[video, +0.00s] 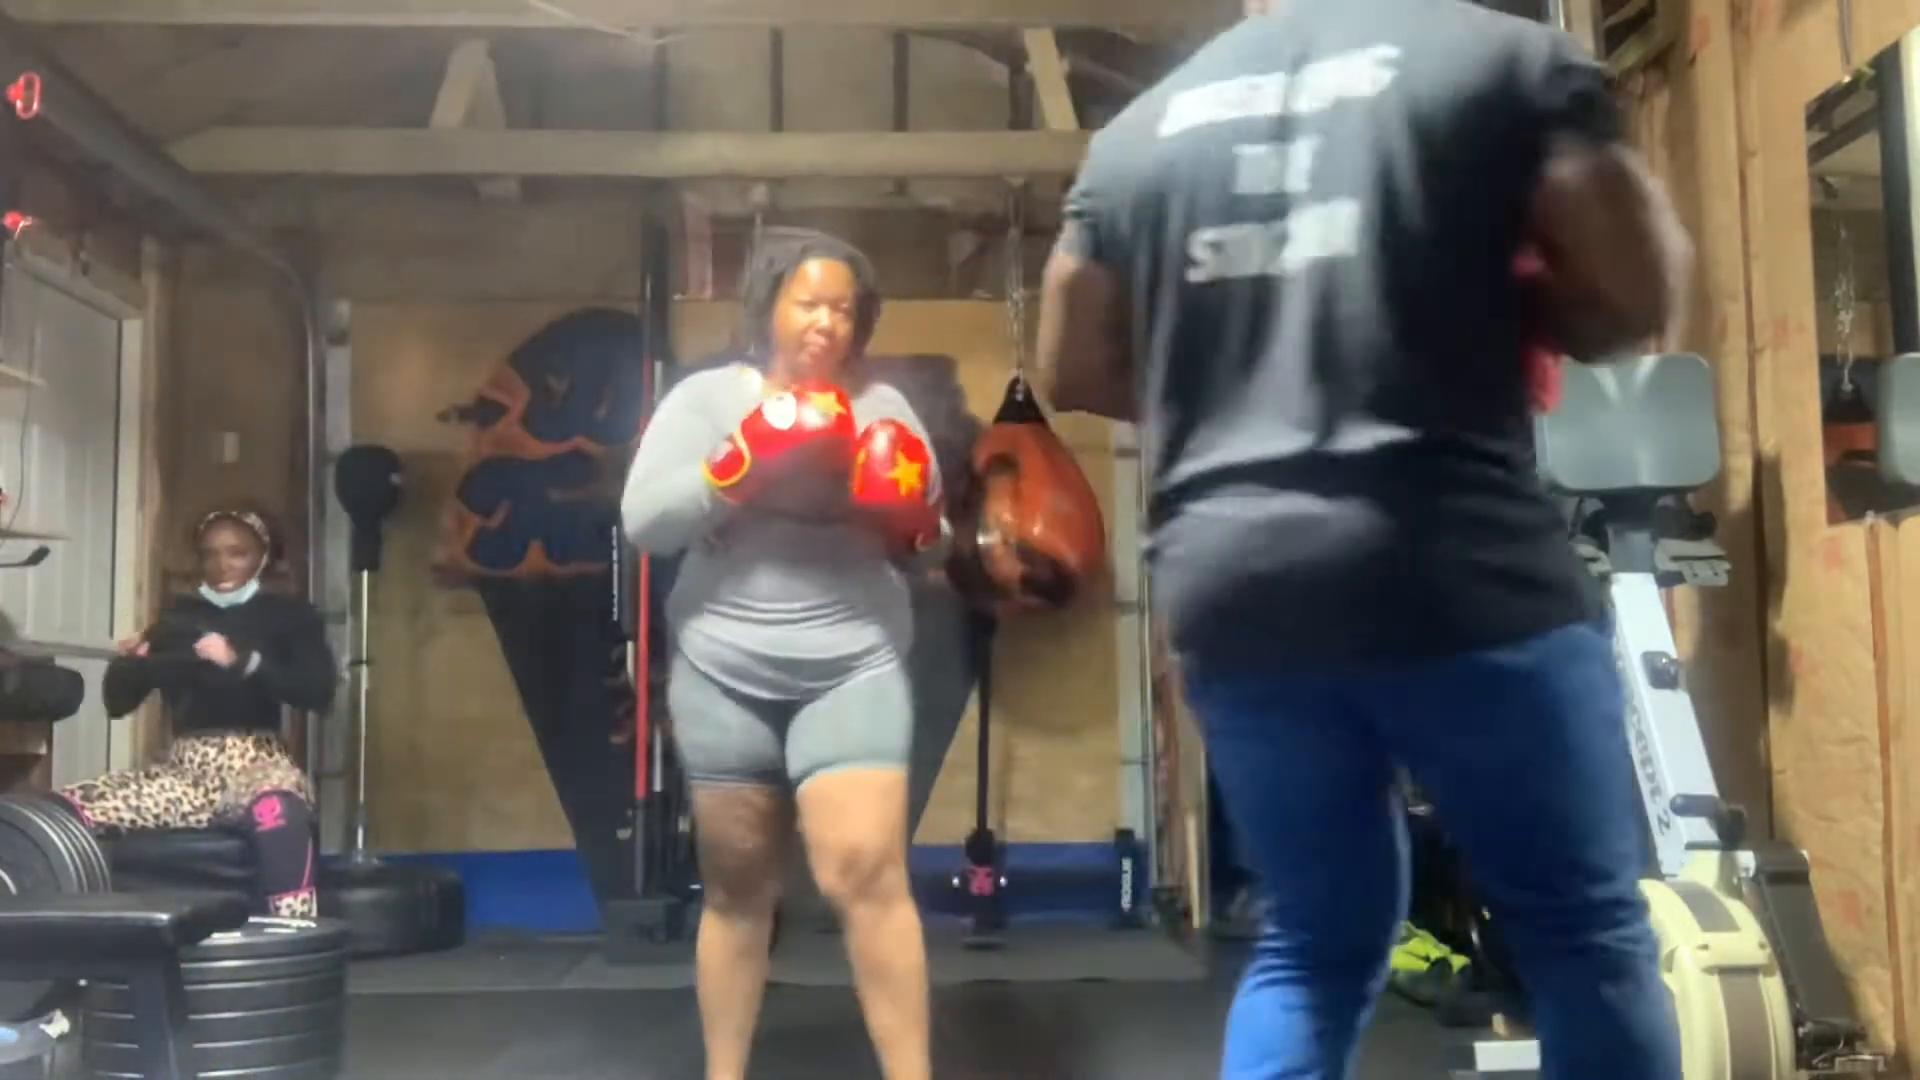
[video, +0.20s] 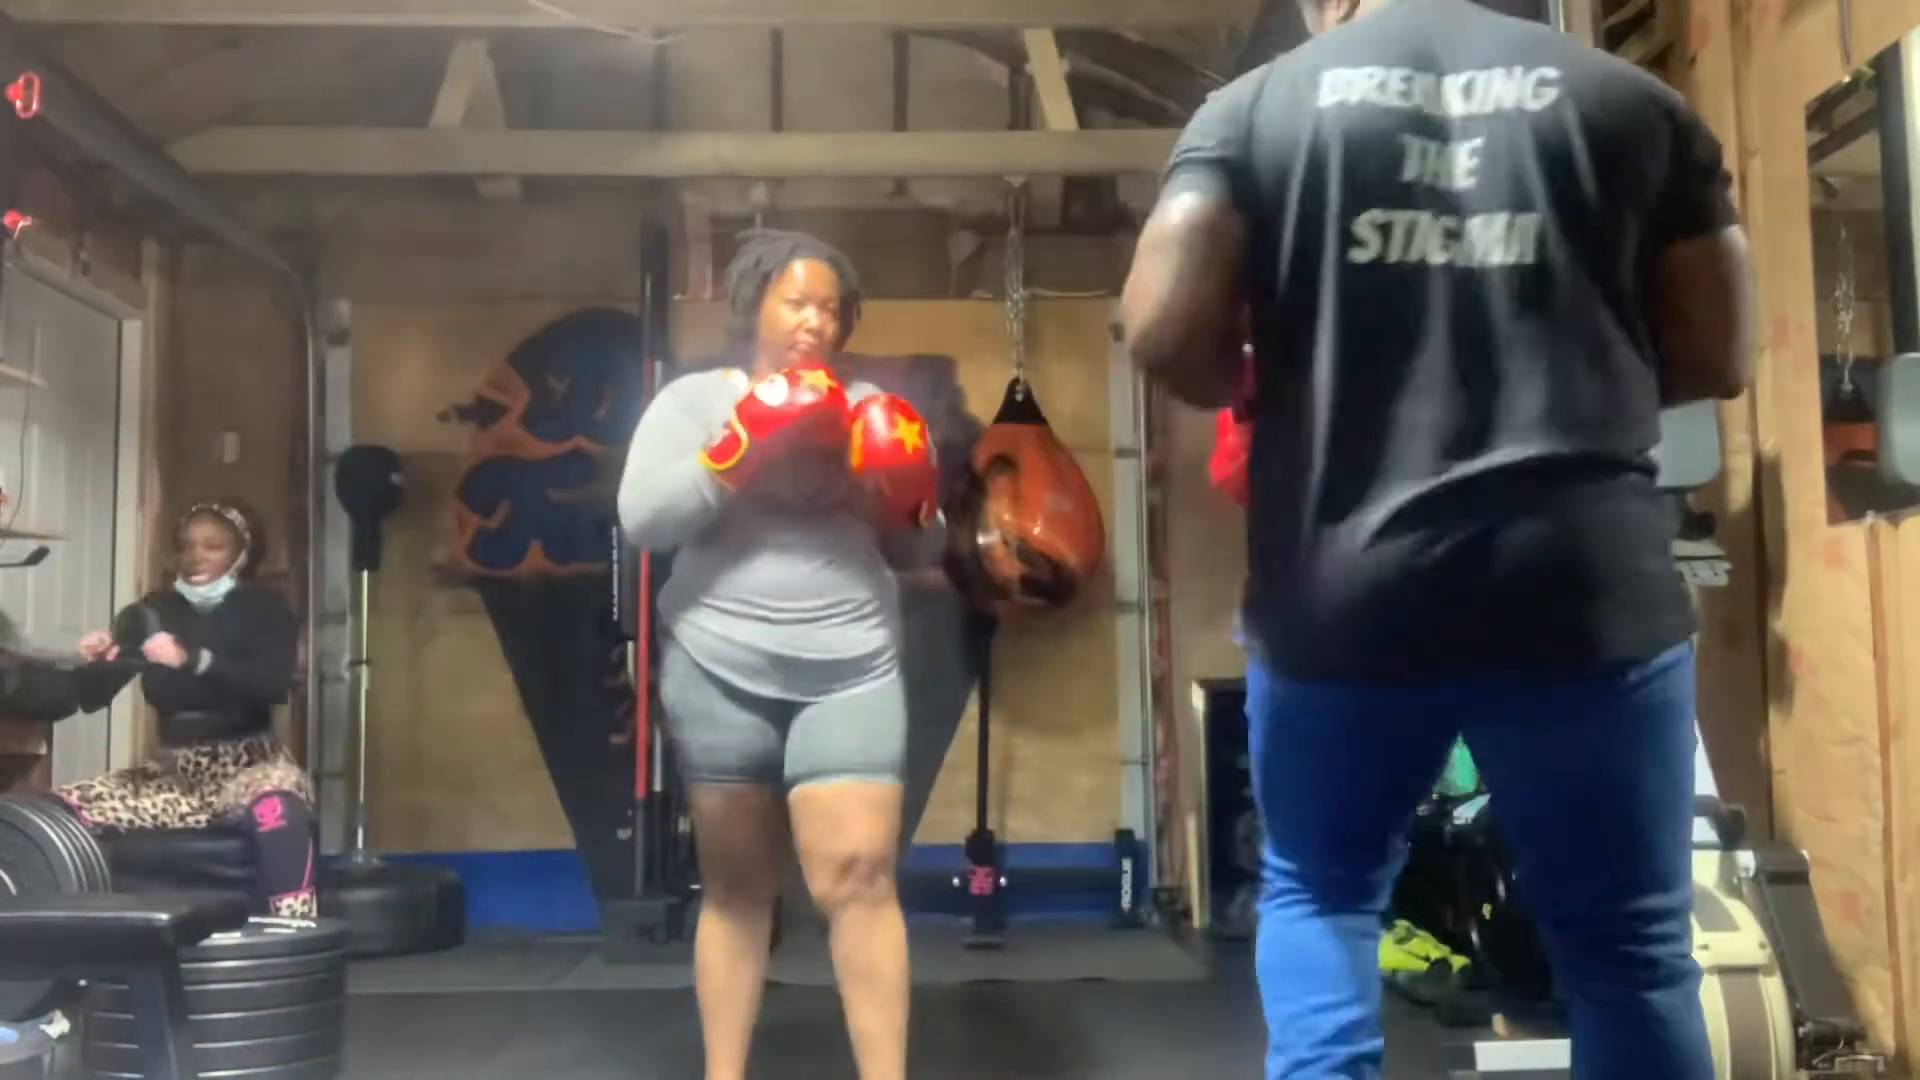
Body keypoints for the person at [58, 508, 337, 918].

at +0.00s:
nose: (223, 564)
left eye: (237, 553)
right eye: (212, 554)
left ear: (262, 560)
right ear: (200, 560)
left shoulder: (288, 615)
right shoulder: (178, 619)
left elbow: (318, 692)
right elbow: (118, 703)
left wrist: (244, 660)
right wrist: (129, 662)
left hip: (257, 769)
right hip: (181, 770)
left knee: (280, 814)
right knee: (62, 810)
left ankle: (292, 943)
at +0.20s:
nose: (196, 556)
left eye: (212, 546)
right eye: (188, 545)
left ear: (239, 556)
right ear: (178, 551)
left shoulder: (265, 608)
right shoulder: (151, 612)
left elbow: (271, 684)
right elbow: (93, 697)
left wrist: (192, 659)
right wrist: (93, 665)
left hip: (248, 772)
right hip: (168, 774)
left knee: (281, 813)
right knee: (61, 811)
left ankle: (294, 946)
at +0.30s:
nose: (184, 556)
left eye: (200, 547)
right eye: (176, 546)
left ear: (228, 558)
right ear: (166, 552)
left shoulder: (256, 611)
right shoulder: (147, 613)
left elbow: (255, 699)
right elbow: (92, 711)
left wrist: (170, 685)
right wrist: (89, 683)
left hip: (246, 771)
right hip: (168, 775)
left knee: (279, 814)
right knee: (57, 813)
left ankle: (296, 945)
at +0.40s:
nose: (174, 558)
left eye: (189, 550)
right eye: (168, 549)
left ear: (219, 563)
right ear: (158, 555)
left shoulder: (250, 622)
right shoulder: (138, 619)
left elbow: (247, 720)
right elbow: (107, 705)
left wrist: (165, 726)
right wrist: (86, 715)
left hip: (243, 773)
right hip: (165, 775)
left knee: (279, 812)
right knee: (61, 813)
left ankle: (295, 944)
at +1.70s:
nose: (176, 562)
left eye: (191, 552)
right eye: (168, 552)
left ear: (222, 566)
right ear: (157, 562)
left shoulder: (258, 624)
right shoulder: (139, 625)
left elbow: (262, 728)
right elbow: (106, 723)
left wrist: (194, 733)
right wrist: (82, 725)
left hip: (246, 778)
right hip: (165, 780)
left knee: (282, 812)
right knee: (63, 815)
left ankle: (294, 949)